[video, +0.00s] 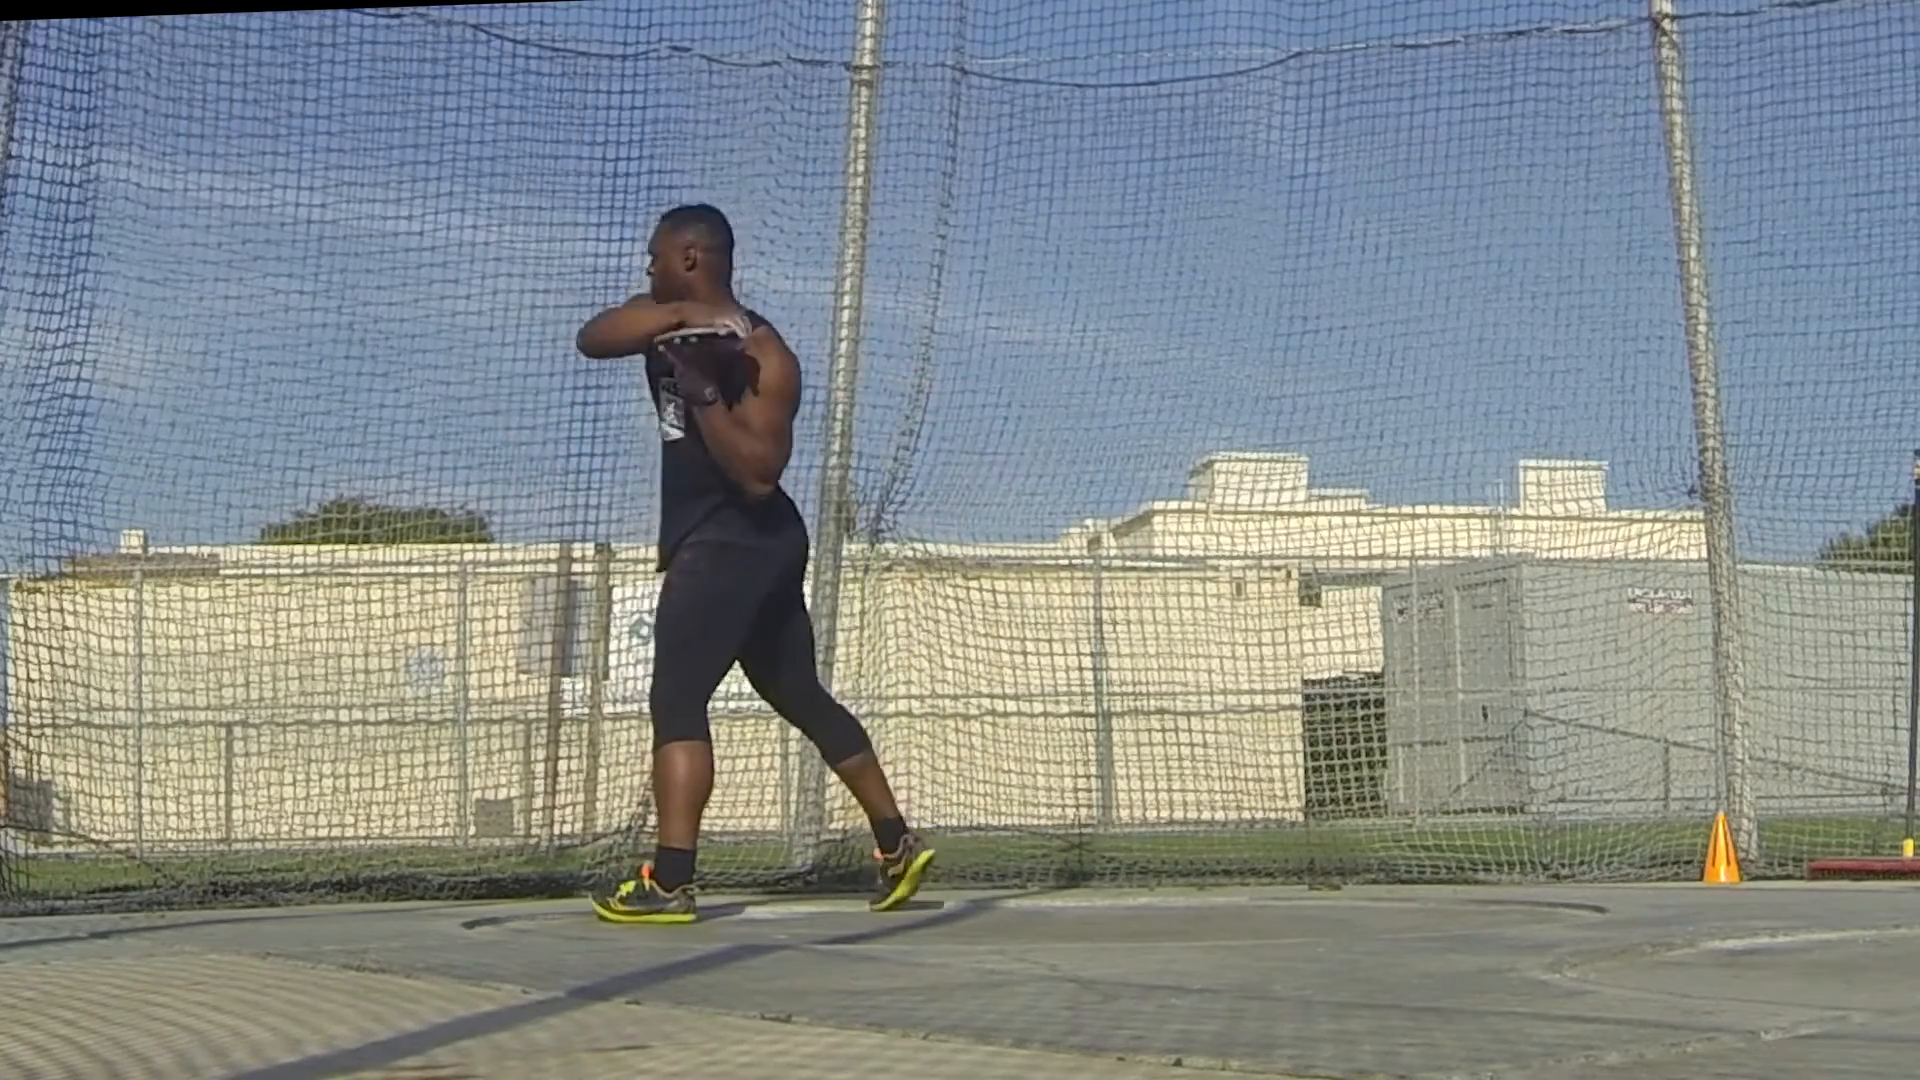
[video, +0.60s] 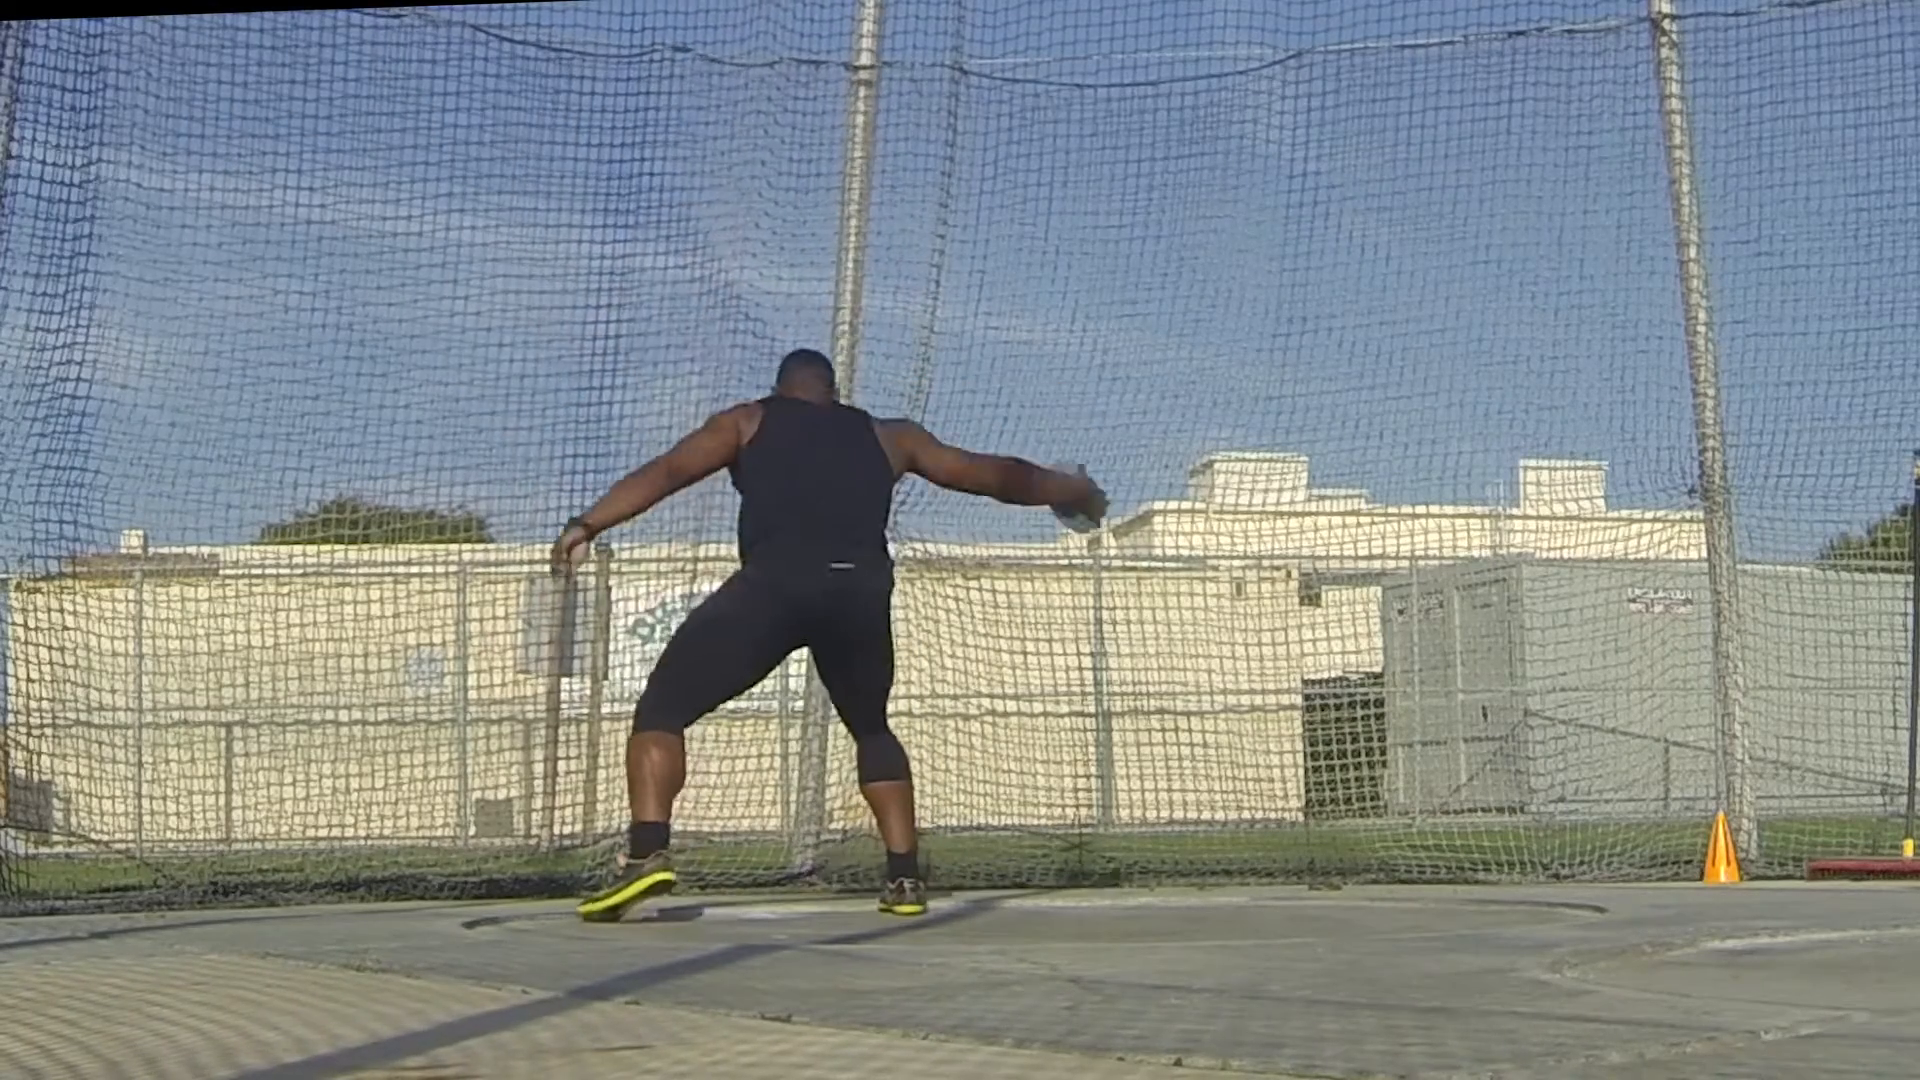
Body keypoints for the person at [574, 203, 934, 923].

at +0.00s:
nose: (649, 271)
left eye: (657, 259)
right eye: (651, 260)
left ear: (693, 259)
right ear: (705, 258)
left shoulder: (770, 357)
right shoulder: (667, 319)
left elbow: (759, 471)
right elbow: (592, 340)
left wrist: (699, 389)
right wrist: (681, 314)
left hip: (730, 543)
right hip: (757, 541)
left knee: (676, 696)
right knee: (799, 694)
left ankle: (671, 878)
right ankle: (897, 842)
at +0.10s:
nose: (634, 295)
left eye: (639, 281)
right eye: (634, 282)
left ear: (671, 276)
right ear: (680, 276)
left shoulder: (757, 361)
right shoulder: (655, 339)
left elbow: (774, 477)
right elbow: (589, 386)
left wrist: (697, 418)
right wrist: (657, 352)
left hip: (749, 549)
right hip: (798, 544)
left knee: (680, 697)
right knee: (807, 698)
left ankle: (670, 879)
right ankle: (904, 857)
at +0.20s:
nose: (630, 345)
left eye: (632, 328)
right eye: (628, 331)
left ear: (659, 318)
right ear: (675, 316)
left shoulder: (743, 380)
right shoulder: (668, 390)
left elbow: (775, 483)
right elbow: (640, 454)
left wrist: (674, 463)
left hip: (775, 561)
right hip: (835, 559)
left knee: (678, 700)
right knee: (826, 707)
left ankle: (669, 879)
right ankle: (903, 869)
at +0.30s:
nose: (651, 393)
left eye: (652, 378)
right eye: (649, 380)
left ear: (677, 369)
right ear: (705, 366)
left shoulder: (726, 405)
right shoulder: (715, 435)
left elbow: (748, 494)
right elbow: (676, 508)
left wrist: (658, 538)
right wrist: (630, 541)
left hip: (796, 579)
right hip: (866, 580)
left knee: (670, 703)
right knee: (844, 715)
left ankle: (666, 881)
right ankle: (902, 876)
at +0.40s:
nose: (701, 417)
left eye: (702, 405)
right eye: (701, 407)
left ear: (714, 396)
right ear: (757, 392)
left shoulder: (731, 421)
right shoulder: (804, 440)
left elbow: (724, 495)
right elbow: (799, 553)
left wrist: (662, 582)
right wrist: (714, 627)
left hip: (797, 586)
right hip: (876, 591)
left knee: (658, 703)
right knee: (861, 724)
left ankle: (662, 879)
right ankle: (904, 876)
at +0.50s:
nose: (747, 416)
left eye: (746, 408)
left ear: (750, 402)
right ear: (805, 401)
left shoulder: (743, 424)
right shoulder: (863, 453)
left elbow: (701, 480)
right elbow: (913, 554)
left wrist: (639, 559)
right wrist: (899, 611)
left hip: (783, 587)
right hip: (873, 599)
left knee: (649, 693)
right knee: (869, 728)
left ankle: (650, 852)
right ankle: (904, 877)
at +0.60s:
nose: (785, 395)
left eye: (778, 390)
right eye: (801, 388)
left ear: (776, 392)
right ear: (836, 394)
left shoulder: (748, 422)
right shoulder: (888, 434)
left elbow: (665, 473)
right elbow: (997, 476)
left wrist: (585, 526)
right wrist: (1073, 491)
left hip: (769, 588)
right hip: (860, 592)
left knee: (662, 710)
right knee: (871, 724)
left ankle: (647, 855)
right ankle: (906, 878)